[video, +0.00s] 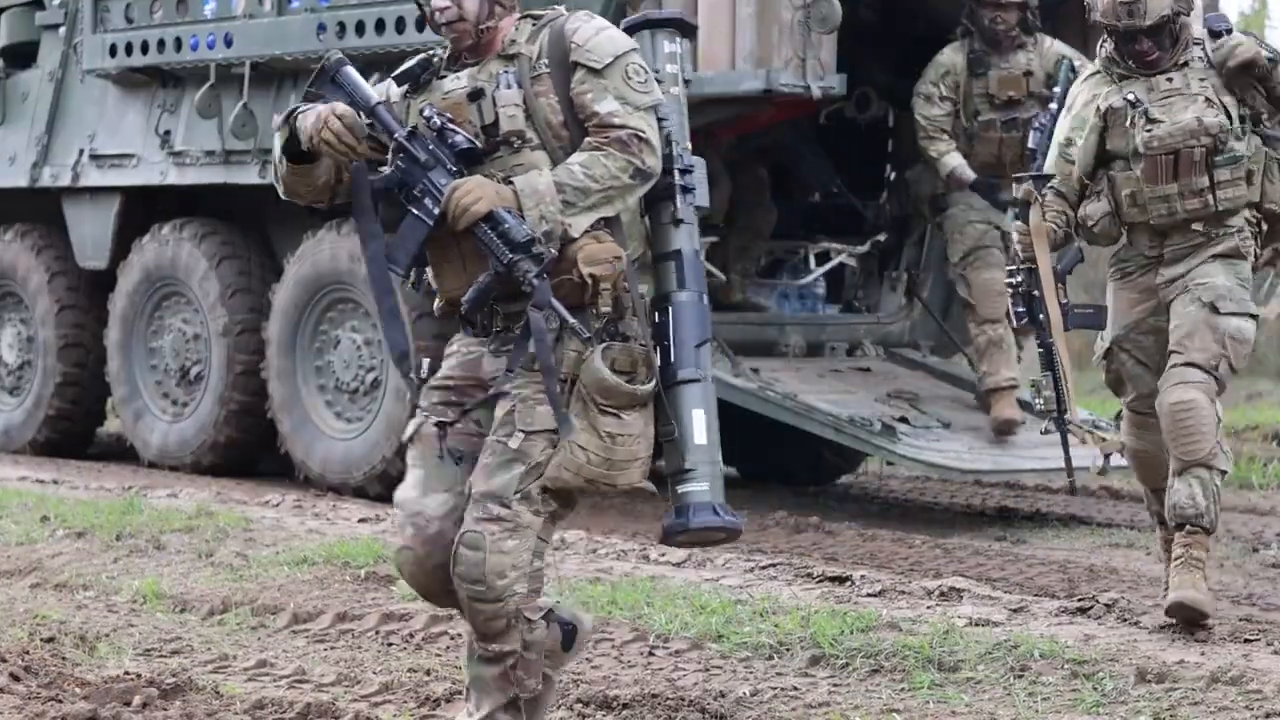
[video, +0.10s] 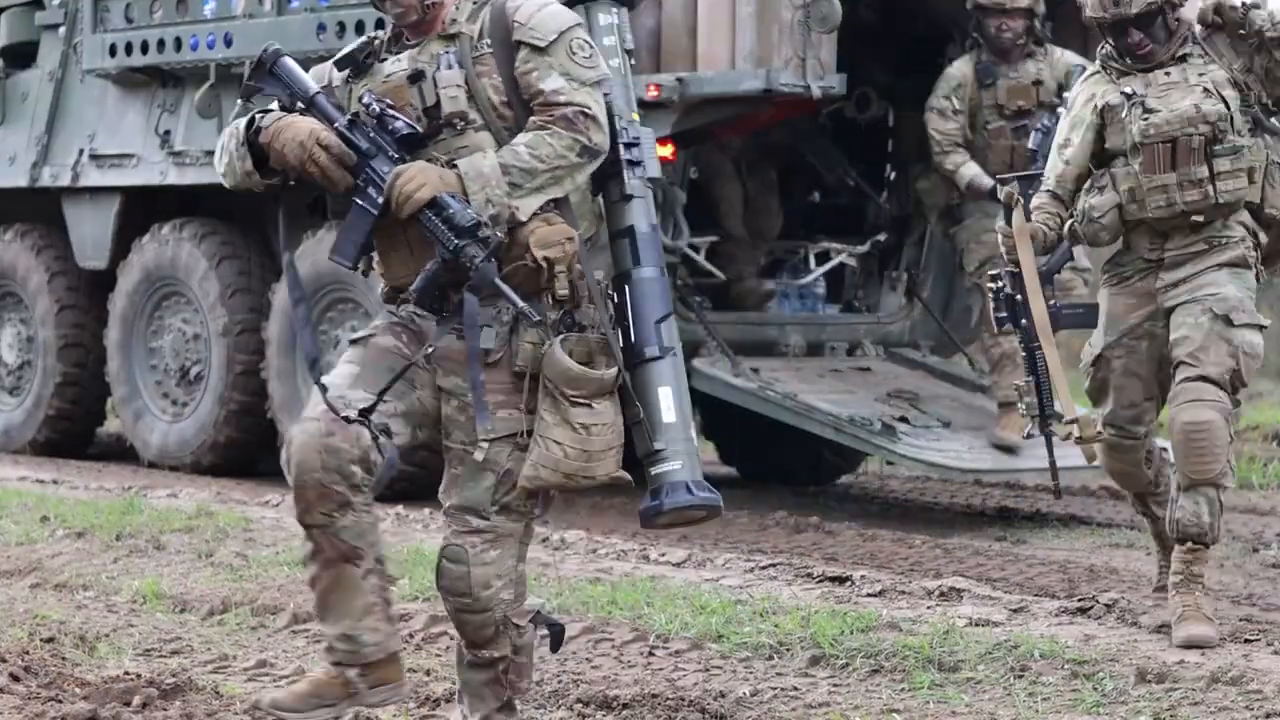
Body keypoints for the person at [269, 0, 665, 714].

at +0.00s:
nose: (439, 7)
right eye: (432, 2)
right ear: (429, 15)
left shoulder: (578, 41)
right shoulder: (418, 84)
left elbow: (632, 151)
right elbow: (318, 189)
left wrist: (519, 196)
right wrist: (306, 132)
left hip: (570, 333)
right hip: (473, 335)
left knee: (494, 556)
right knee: (426, 551)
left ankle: (504, 705)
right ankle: (542, 634)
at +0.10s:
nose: (399, 4)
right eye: (388, 3)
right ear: (377, 4)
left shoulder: (526, 21)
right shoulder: (363, 66)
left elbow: (579, 128)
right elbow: (236, 152)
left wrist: (464, 187)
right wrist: (271, 134)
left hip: (510, 321)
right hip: (409, 317)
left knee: (476, 577)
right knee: (319, 452)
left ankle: (492, 705)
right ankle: (365, 663)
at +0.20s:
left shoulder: (469, 9)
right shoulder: (302, 43)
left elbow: (520, 111)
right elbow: (169, 113)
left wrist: (402, 161)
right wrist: (209, 130)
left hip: (465, 301)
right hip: (359, 294)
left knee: (458, 557)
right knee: (257, 445)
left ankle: (490, 702)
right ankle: (246, 682)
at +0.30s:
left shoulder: (396, 5)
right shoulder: (210, 28)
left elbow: (458, 89)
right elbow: (95, 101)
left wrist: (335, 141)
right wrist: (149, 110)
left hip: (405, 286)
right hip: (289, 289)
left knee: (433, 530)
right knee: (231, 474)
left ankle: (478, 685)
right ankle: (248, 693)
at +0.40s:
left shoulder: (337, 5)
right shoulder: (139, 20)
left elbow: (397, 77)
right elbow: (21, 100)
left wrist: (266, 132)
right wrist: (70, 97)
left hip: (344, 274)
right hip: (235, 281)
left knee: (313, 530)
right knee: (181, 515)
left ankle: (423, 649)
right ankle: (243, 708)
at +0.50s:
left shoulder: (279, 4)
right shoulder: (99, 15)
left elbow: (345, 85)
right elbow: (37, 66)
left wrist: (215, 133)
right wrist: (30, 83)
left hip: (282, 256)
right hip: (166, 265)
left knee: (175, 476)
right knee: (139, 539)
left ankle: (283, 634)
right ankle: (214, 701)